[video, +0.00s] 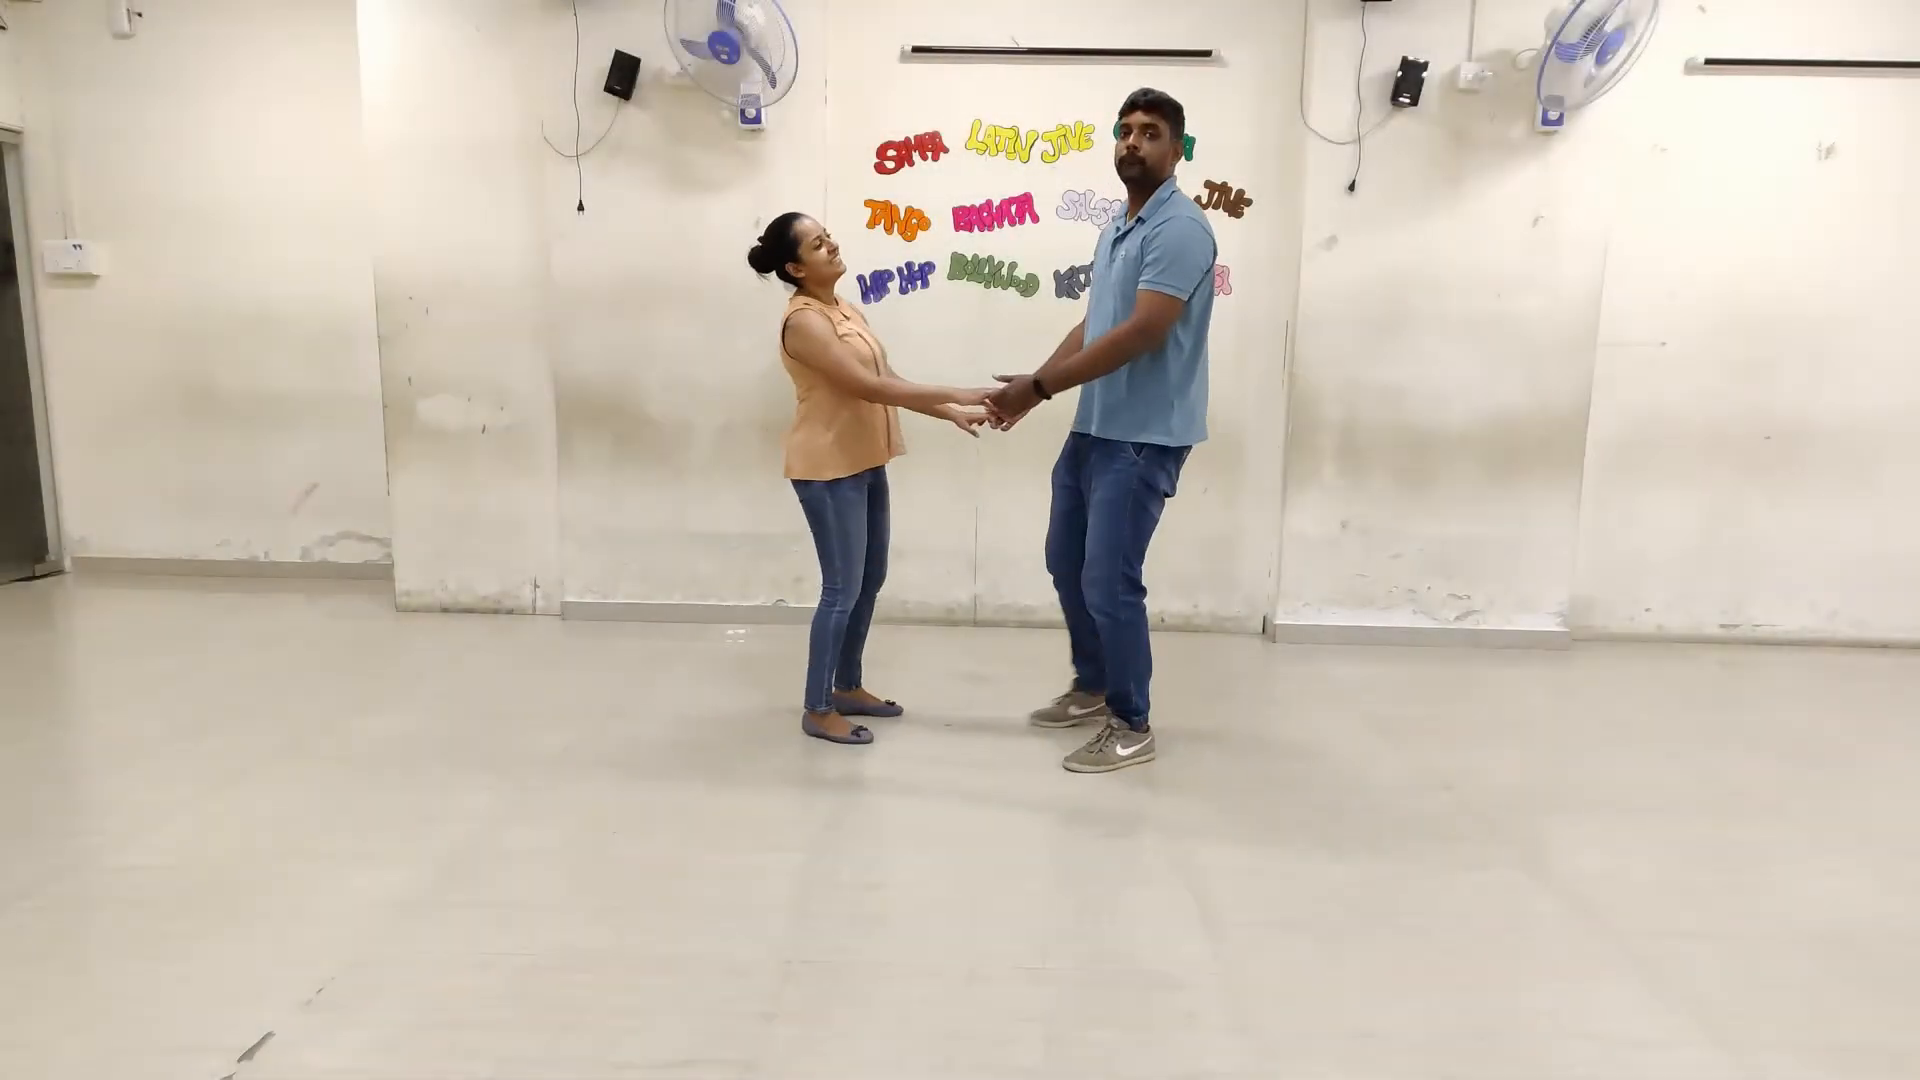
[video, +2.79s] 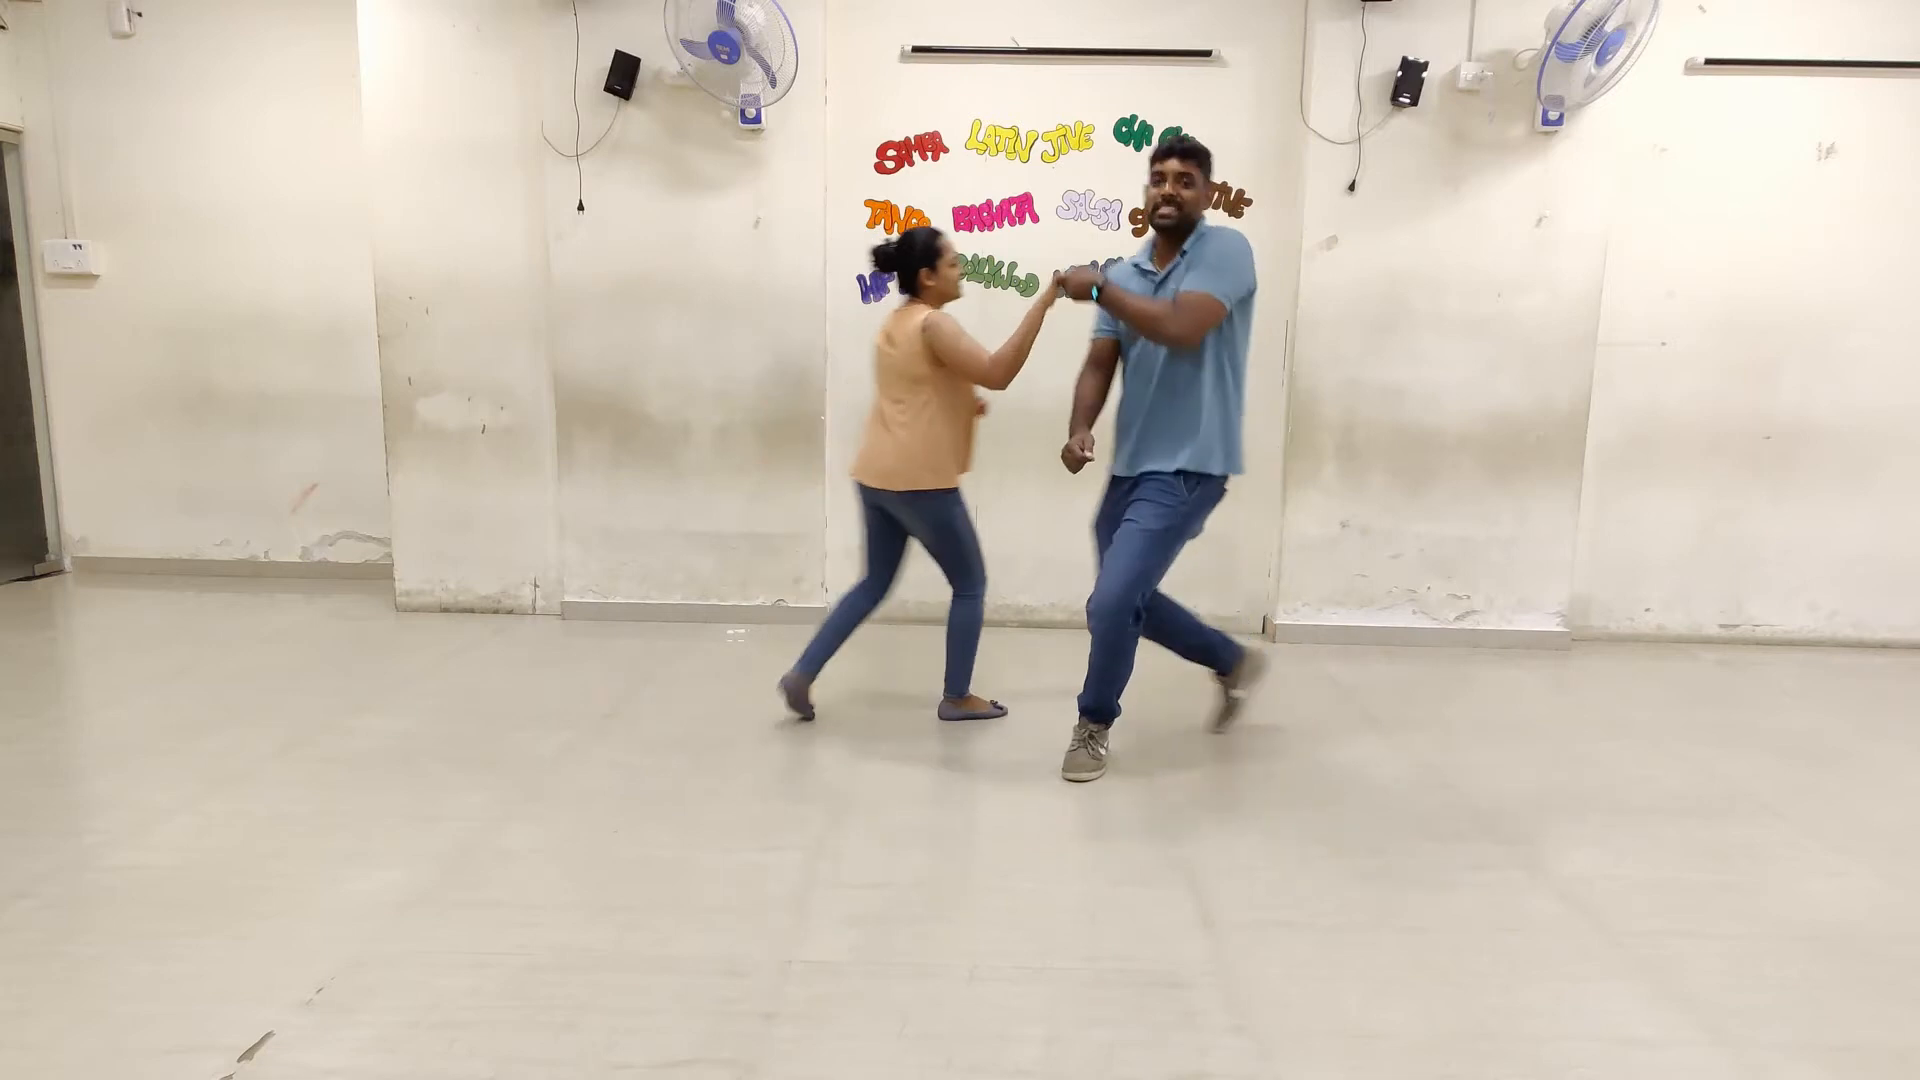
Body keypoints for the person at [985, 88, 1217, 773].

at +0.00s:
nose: (1133, 143)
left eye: (1150, 134)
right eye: (1126, 133)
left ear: (1177, 150)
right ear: (1115, 146)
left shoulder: (1183, 228)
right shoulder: (1116, 232)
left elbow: (1147, 330)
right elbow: (1090, 328)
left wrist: (1044, 384)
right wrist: (1032, 386)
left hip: (1145, 436)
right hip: (1095, 428)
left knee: (1111, 580)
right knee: (1067, 560)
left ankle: (1132, 727)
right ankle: (1096, 687)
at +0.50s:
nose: (1151, 153)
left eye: (1170, 144)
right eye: (1147, 142)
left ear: (1202, 161)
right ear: (1139, 153)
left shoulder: (1200, 240)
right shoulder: (1148, 233)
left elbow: (1142, 342)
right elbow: (1105, 329)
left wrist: (1039, 389)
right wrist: (1033, 389)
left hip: (1164, 442)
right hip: (1126, 435)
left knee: (1107, 583)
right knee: (1118, 574)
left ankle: (1127, 725)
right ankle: (1202, 689)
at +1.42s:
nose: (1055, 166)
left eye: (1067, 156)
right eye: (1058, 155)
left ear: (1104, 166)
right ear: (1101, 168)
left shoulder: (1116, 236)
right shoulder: (1116, 228)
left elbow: (1137, 340)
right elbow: (1129, 337)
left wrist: (1040, 364)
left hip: (1112, 437)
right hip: (1117, 433)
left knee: (1057, 569)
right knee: (1077, 557)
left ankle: (1086, 713)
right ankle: (1159, 667)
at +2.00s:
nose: (1135, 192)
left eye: (1151, 184)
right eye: (1140, 180)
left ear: (1191, 200)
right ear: (1156, 190)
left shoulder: (1207, 269)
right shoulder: (1157, 268)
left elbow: (1176, 371)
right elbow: (1108, 349)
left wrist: (1071, 394)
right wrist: (1030, 387)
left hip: (1183, 460)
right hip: (1166, 456)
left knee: (1087, 570)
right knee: (1157, 587)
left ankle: (1079, 712)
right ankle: (1251, 697)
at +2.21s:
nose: (1178, 176)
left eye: (1192, 168)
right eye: (1182, 165)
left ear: (1229, 180)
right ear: (1225, 182)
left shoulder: (1232, 240)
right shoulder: (1242, 240)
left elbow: (1160, 334)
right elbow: (1202, 348)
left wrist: (1063, 323)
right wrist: (1130, 392)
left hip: (1232, 438)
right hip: (1262, 438)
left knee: (1149, 560)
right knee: (1209, 571)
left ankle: (1157, 721)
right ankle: (1259, 708)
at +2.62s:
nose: (1174, 196)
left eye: (1189, 188)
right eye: (1176, 186)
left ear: (1231, 202)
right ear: (1183, 197)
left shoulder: (1246, 262)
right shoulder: (1185, 275)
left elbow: (1199, 357)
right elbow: (1161, 356)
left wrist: (1112, 334)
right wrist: (1115, 411)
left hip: (1240, 460)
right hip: (1199, 459)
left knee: (1146, 582)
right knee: (1196, 595)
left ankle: (1102, 720)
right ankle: (1282, 703)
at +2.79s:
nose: (1169, 190)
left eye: (1185, 181)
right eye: (1160, 179)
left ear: (1207, 194)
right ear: (1146, 190)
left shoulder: (1225, 249)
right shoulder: (1121, 273)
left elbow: (1184, 327)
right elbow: (1099, 363)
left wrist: (1100, 287)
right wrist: (1080, 426)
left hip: (1190, 463)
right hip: (1131, 462)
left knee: (1112, 602)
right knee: (1120, 601)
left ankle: (1093, 724)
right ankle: (1233, 661)